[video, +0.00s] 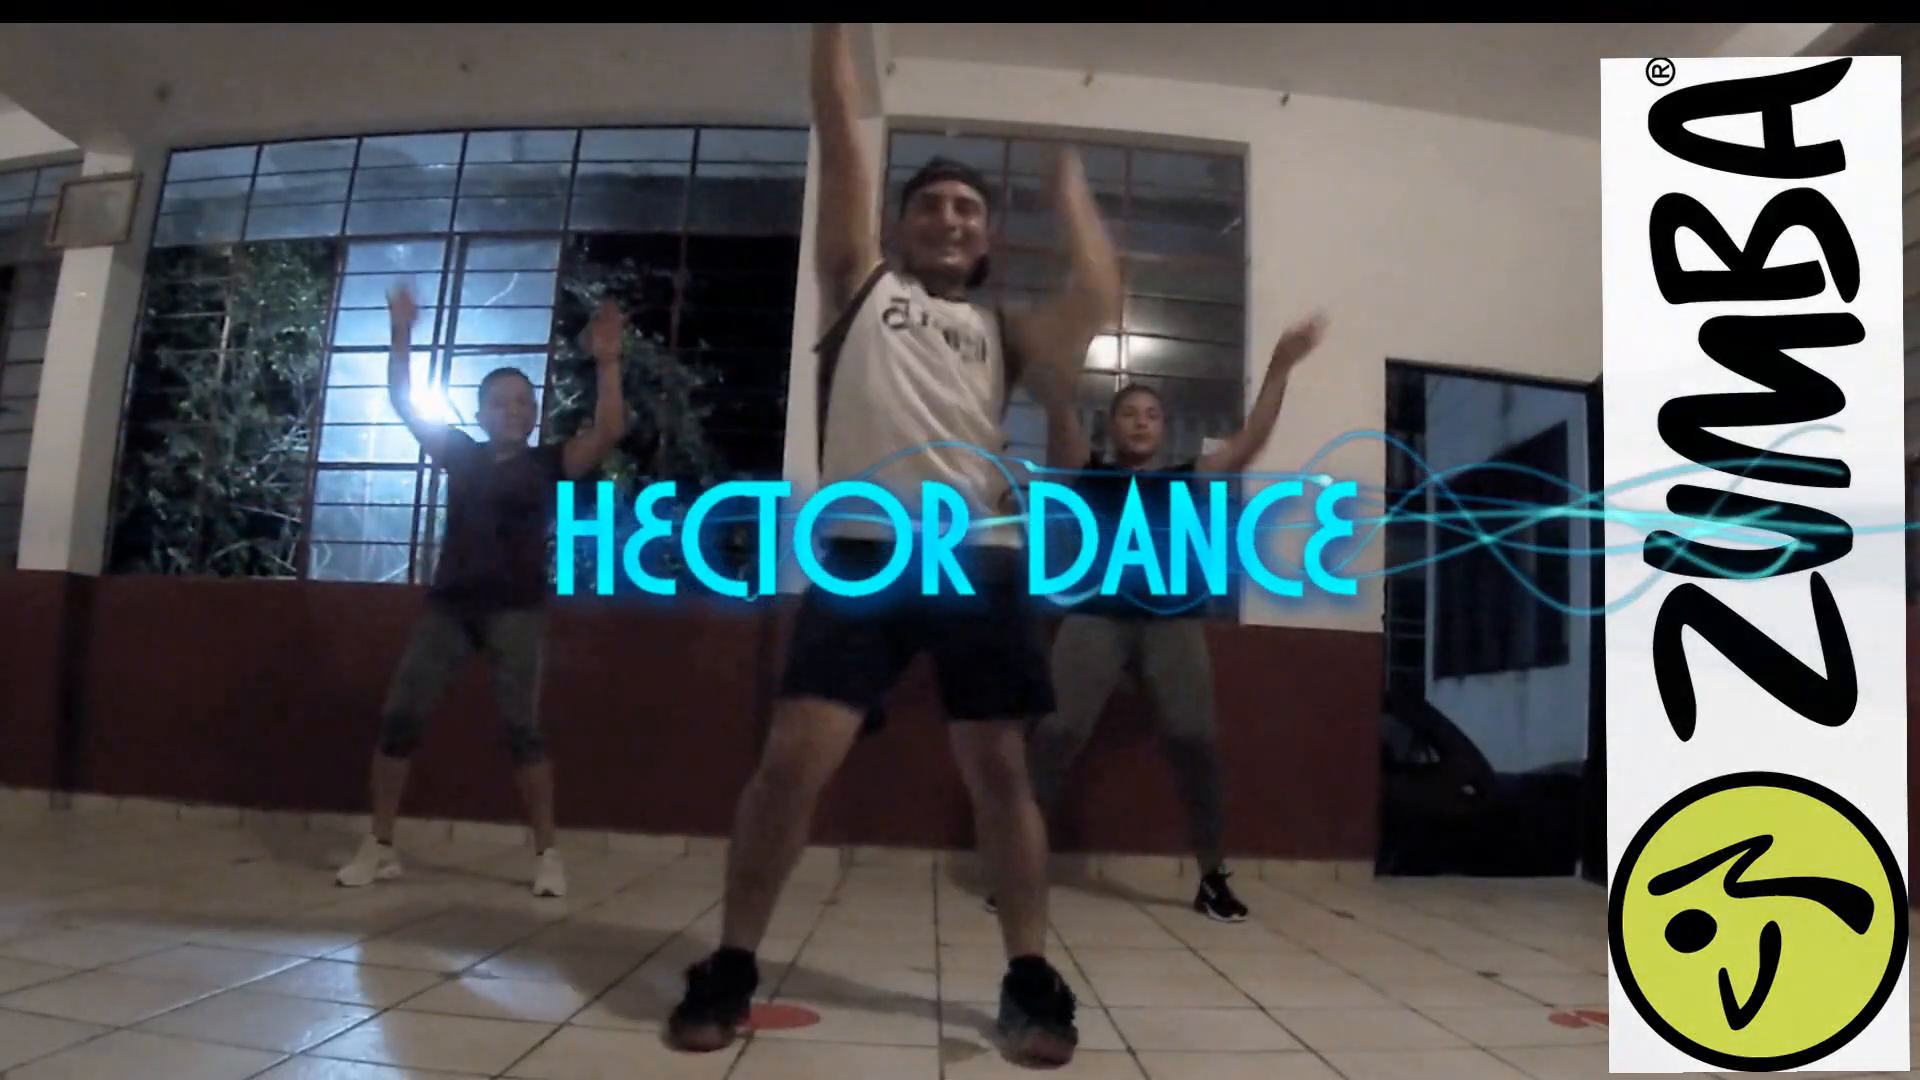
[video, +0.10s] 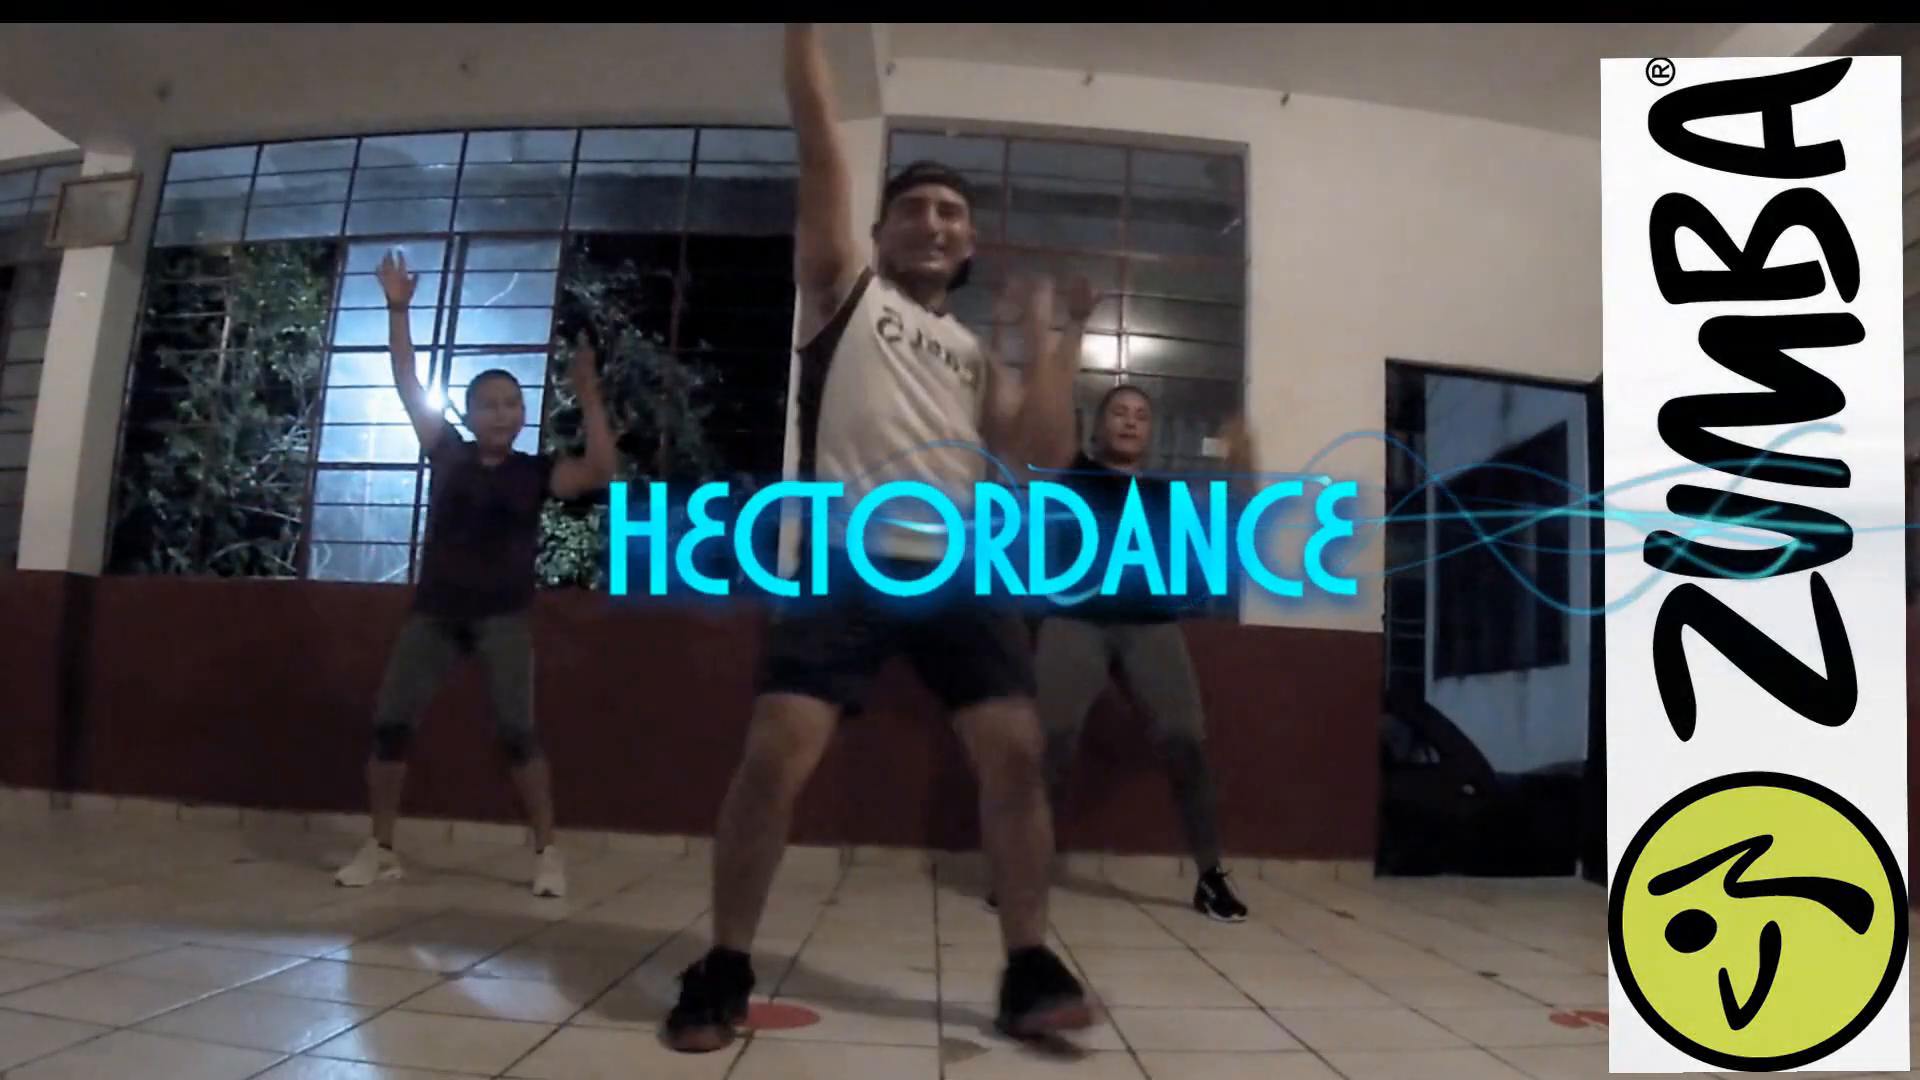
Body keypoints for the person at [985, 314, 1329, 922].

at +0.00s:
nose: (1140, 422)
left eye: (1150, 415)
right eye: (1130, 414)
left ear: (1166, 428)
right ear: (1110, 425)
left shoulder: (1189, 478)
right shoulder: (1087, 476)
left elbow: (1249, 439)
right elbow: (1060, 413)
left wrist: (1280, 366)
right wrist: (1061, 352)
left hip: (1174, 621)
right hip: (1097, 618)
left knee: (1194, 737)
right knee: (1059, 730)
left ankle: (1212, 874)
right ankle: (1018, 864)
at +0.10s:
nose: (1129, 424)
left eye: (1140, 417)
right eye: (1120, 414)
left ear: (1151, 431)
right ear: (1099, 424)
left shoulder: (1164, 489)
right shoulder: (1071, 477)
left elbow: (1226, 527)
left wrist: (1239, 470)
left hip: (1150, 623)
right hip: (1074, 621)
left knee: (1184, 741)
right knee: (1051, 744)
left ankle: (1211, 874)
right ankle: (1016, 876)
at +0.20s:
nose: (1122, 417)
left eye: (1132, 410)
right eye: (1111, 409)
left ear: (1143, 426)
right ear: (1090, 419)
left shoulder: (1152, 488)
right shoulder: (1063, 467)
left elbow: (1178, 553)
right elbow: (1045, 381)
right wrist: (1068, 310)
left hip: (1141, 619)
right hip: (1068, 617)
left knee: (1187, 725)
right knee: (1041, 734)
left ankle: (1202, 860)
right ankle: (1005, 871)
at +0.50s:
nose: (1127, 427)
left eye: (1136, 420)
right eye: (1115, 420)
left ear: (1148, 434)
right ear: (1097, 432)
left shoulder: (1165, 494)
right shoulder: (1079, 483)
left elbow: (1189, 551)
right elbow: (1035, 431)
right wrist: (1063, 357)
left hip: (1156, 632)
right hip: (1091, 628)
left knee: (1163, 744)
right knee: (1064, 742)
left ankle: (1144, 854)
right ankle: (1017, 862)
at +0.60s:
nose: (1137, 433)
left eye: (1144, 425)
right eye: (1125, 427)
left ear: (1156, 435)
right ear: (1108, 439)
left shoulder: (1179, 501)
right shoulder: (1098, 489)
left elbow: (1186, 574)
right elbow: (1043, 495)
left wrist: (1195, 639)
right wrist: (1069, 432)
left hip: (1165, 642)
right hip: (1102, 637)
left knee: (1164, 752)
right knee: (1071, 750)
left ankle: (1143, 860)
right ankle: (1020, 863)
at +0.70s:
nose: (1146, 432)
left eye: (1152, 425)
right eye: (1135, 426)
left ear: (1165, 437)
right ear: (1115, 439)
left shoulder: (1189, 500)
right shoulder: (1098, 493)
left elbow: (1209, 571)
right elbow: (1073, 563)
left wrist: (1228, 637)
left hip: (1166, 640)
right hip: (1102, 634)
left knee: (1166, 748)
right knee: (1071, 739)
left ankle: (1144, 857)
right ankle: (1030, 858)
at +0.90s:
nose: (1135, 424)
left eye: (1144, 416)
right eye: (1125, 417)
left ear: (1160, 429)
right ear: (1109, 430)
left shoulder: (1184, 487)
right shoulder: (1090, 490)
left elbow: (1211, 558)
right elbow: (1067, 561)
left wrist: (1219, 623)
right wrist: (1060, 608)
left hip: (1162, 635)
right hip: (1095, 632)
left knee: (1155, 744)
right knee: (1075, 736)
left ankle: (1142, 855)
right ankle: (1064, 849)